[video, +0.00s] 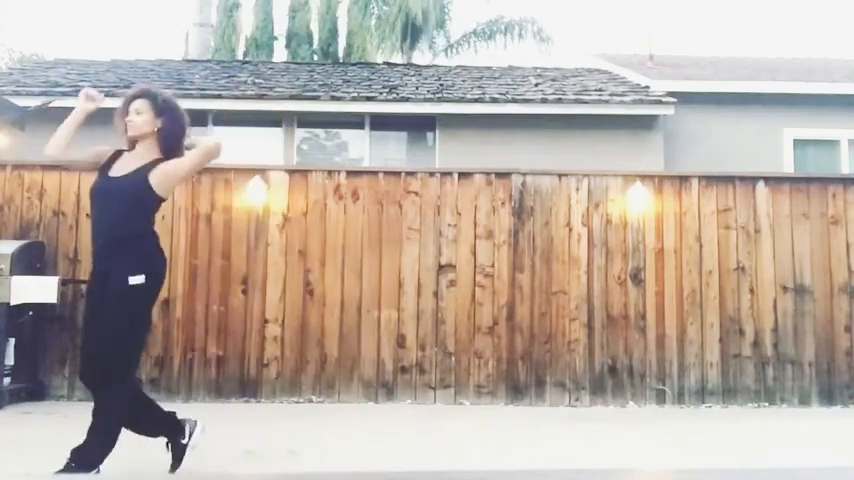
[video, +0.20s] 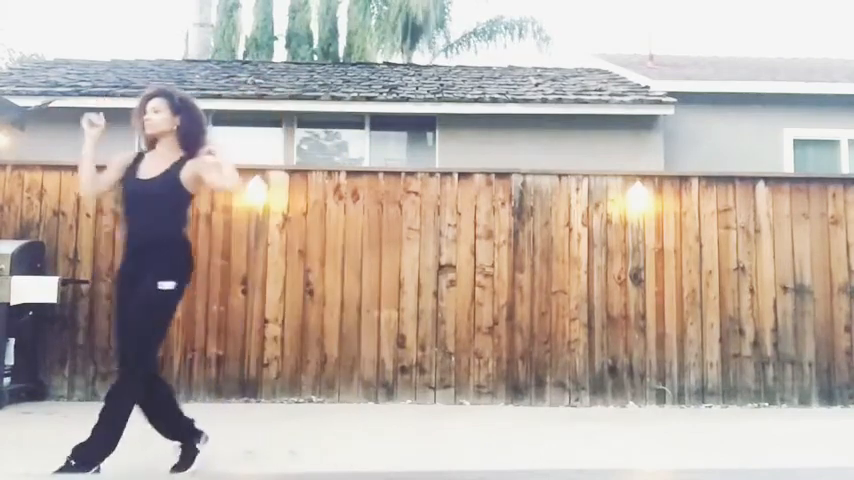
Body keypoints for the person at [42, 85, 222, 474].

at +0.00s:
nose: (129, 119)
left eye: (138, 113)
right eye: (127, 113)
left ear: (161, 121)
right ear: (124, 121)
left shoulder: (165, 169)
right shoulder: (114, 157)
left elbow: (215, 145)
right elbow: (54, 152)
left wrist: (187, 147)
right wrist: (81, 110)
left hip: (136, 270)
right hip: (104, 268)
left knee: (116, 368)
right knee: (92, 370)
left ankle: (88, 460)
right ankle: (173, 429)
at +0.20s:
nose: (148, 118)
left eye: (157, 112)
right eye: (146, 113)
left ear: (178, 118)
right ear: (143, 120)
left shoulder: (192, 164)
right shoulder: (134, 160)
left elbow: (231, 182)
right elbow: (90, 188)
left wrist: (219, 160)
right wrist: (90, 139)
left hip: (167, 266)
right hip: (133, 264)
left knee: (135, 359)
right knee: (133, 360)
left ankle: (90, 456)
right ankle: (187, 434)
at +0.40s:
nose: (175, 117)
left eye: (183, 111)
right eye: (172, 112)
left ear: (204, 116)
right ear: (169, 121)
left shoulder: (226, 159)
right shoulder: (162, 163)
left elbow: (253, 208)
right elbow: (140, 216)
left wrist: (247, 176)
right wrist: (112, 184)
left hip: (202, 263)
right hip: (164, 262)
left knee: (156, 347)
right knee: (178, 353)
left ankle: (139, 452)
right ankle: (204, 444)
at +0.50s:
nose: (188, 118)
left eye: (196, 112)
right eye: (185, 114)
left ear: (217, 118)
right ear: (182, 122)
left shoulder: (238, 163)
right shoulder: (175, 165)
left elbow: (259, 222)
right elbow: (158, 223)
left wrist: (260, 203)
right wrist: (126, 212)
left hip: (215, 264)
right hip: (175, 262)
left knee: (186, 353)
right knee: (177, 355)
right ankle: (198, 447)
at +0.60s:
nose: (203, 122)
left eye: (211, 116)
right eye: (200, 117)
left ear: (230, 123)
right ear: (195, 125)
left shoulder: (252, 168)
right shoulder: (188, 168)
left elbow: (265, 217)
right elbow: (175, 222)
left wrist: (267, 237)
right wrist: (153, 245)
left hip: (226, 273)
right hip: (185, 272)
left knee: (214, 356)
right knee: (187, 359)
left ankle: (240, 439)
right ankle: (204, 445)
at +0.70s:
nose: (219, 123)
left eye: (227, 117)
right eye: (214, 119)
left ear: (244, 124)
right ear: (209, 128)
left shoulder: (267, 171)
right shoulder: (200, 168)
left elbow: (275, 225)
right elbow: (185, 222)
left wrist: (272, 268)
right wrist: (175, 264)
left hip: (243, 274)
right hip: (198, 272)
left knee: (257, 356)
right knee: (195, 358)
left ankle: (278, 443)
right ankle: (206, 446)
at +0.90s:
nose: (268, 123)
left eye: (273, 118)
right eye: (259, 119)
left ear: (282, 128)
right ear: (245, 129)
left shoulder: (295, 170)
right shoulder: (232, 172)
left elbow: (302, 230)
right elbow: (213, 231)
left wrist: (304, 281)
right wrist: (211, 287)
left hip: (281, 277)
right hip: (238, 277)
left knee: (295, 365)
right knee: (219, 362)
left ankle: (324, 446)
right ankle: (207, 447)